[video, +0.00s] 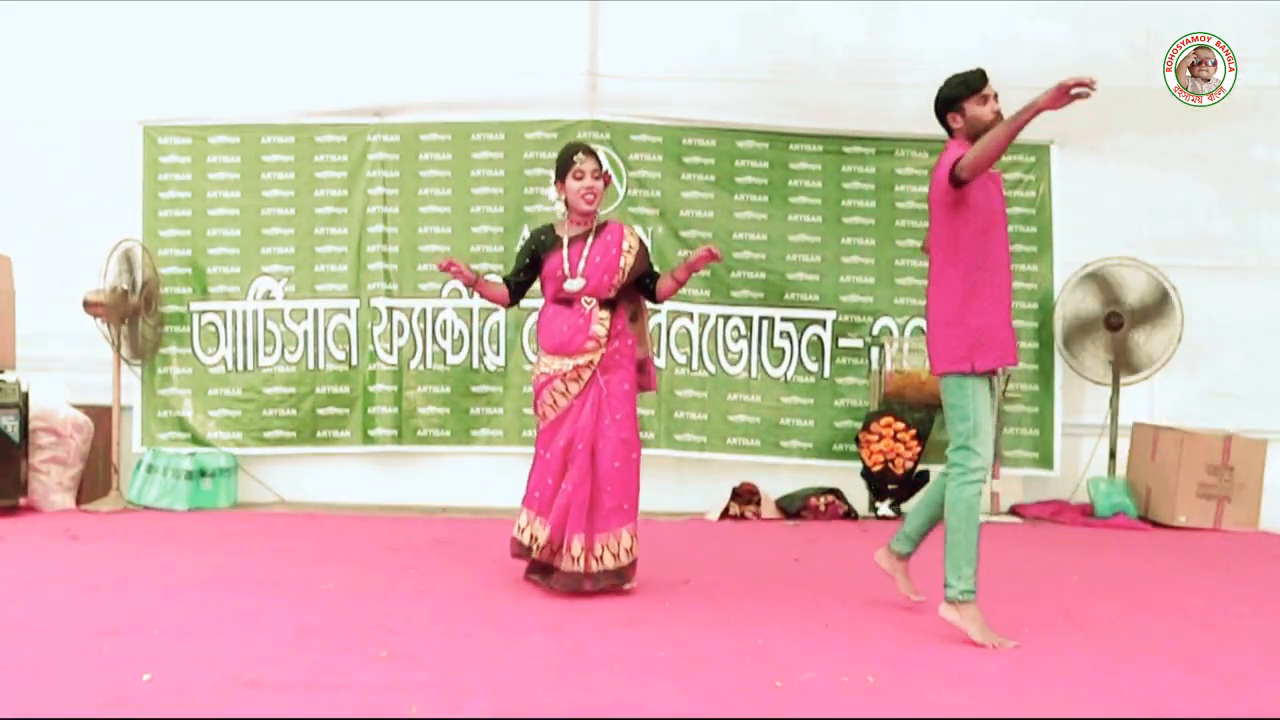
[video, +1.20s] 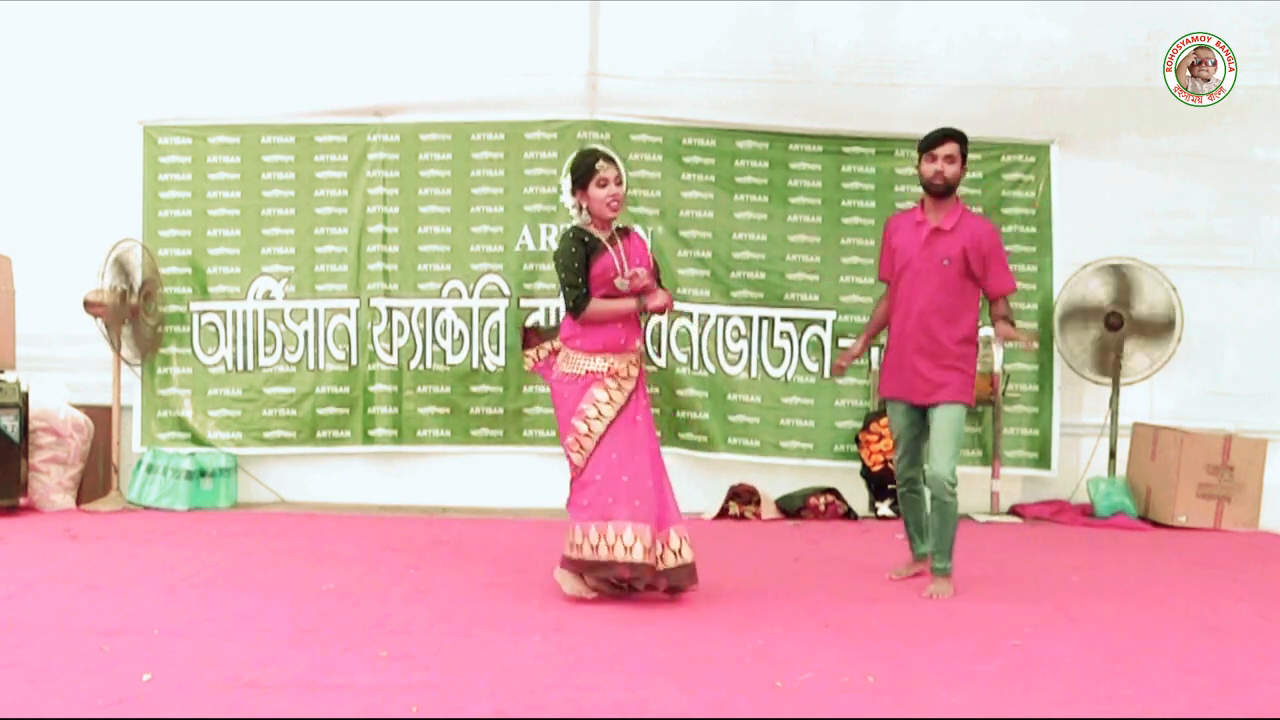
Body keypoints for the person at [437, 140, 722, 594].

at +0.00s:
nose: (590, 185)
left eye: (597, 177)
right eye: (580, 177)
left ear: (606, 185)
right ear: (561, 187)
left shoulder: (624, 239)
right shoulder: (544, 240)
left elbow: (656, 291)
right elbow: (509, 294)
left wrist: (688, 266)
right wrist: (471, 279)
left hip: (613, 362)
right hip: (559, 363)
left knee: (609, 456)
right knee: (560, 454)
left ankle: (604, 560)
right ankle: (558, 555)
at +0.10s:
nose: (595, 195)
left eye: (602, 186)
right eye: (584, 186)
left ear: (611, 193)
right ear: (566, 196)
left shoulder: (628, 247)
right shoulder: (550, 250)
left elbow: (651, 306)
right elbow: (519, 311)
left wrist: (683, 285)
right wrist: (498, 298)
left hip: (617, 376)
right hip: (565, 376)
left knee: (614, 466)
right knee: (566, 464)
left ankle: (608, 564)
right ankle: (560, 560)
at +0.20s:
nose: (605, 207)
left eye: (611, 197)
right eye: (594, 199)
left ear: (620, 202)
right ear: (575, 210)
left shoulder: (635, 258)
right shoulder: (567, 261)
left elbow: (645, 323)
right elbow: (549, 327)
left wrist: (666, 313)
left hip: (629, 384)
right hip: (580, 385)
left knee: (630, 475)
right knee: (588, 476)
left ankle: (610, 568)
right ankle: (548, 547)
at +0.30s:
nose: (612, 204)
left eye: (617, 194)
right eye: (600, 197)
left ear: (625, 199)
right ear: (580, 207)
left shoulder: (634, 253)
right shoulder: (576, 258)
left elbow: (663, 318)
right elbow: (582, 321)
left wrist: (658, 286)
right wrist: (639, 302)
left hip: (630, 379)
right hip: (584, 381)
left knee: (636, 471)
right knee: (606, 471)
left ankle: (610, 560)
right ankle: (553, 538)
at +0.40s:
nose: (622, 188)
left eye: (626, 178)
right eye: (610, 181)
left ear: (633, 183)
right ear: (590, 193)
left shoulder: (637, 238)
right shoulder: (588, 239)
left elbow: (669, 295)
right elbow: (617, 292)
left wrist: (655, 256)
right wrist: (662, 257)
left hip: (637, 363)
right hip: (595, 364)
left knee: (647, 460)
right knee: (619, 462)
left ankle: (626, 568)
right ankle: (598, 571)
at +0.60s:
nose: (642, 191)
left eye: (644, 183)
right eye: (630, 185)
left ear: (644, 188)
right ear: (607, 196)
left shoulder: (627, 241)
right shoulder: (618, 241)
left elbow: (639, 307)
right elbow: (631, 311)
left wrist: (679, 305)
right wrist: (686, 320)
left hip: (635, 375)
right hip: (627, 378)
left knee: (636, 473)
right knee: (655, 476)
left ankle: (591, 565)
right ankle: (630, 592)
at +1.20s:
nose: (615, 193)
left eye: (619, 184)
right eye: (603, 185)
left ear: (625, 188)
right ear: (581, 195)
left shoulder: (635, 239)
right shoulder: (573, 242)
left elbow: (660, 293)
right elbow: (580, 308)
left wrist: (647, 286)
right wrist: (641, 304)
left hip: (626, 364)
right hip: (583, 366)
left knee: (636, 457)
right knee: (601, 460)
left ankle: (630, 562)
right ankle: (579, 562)